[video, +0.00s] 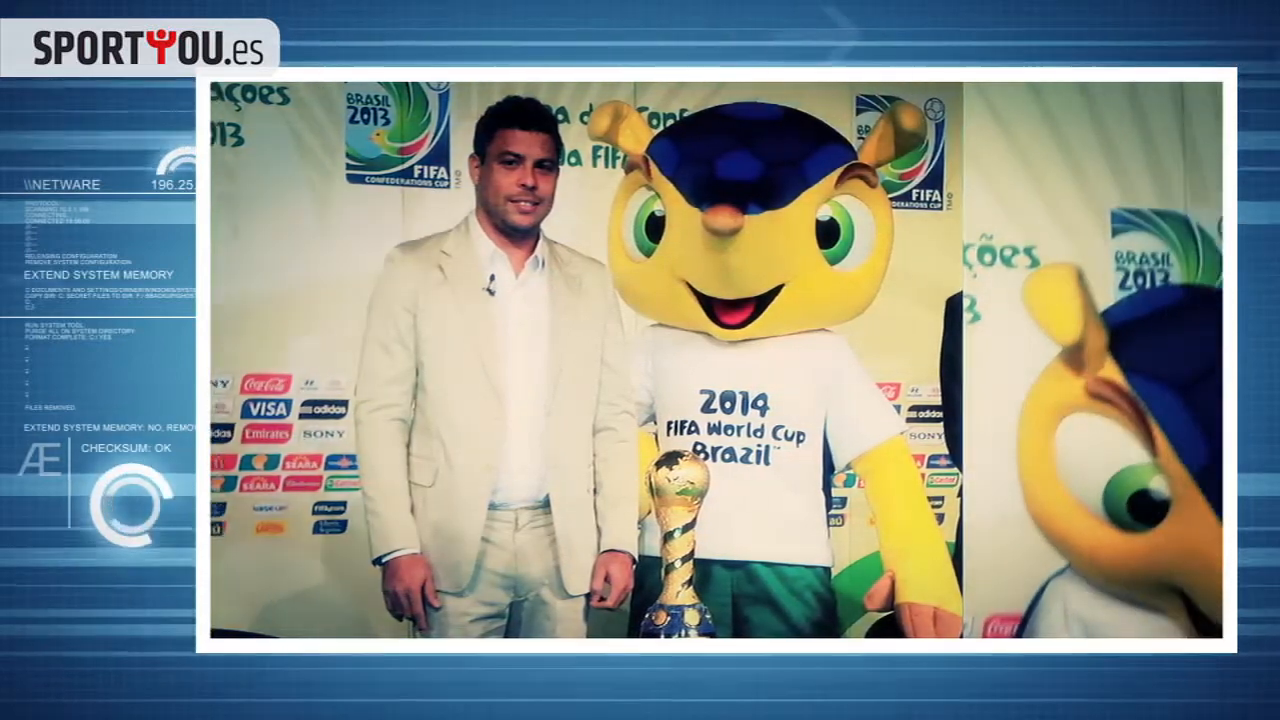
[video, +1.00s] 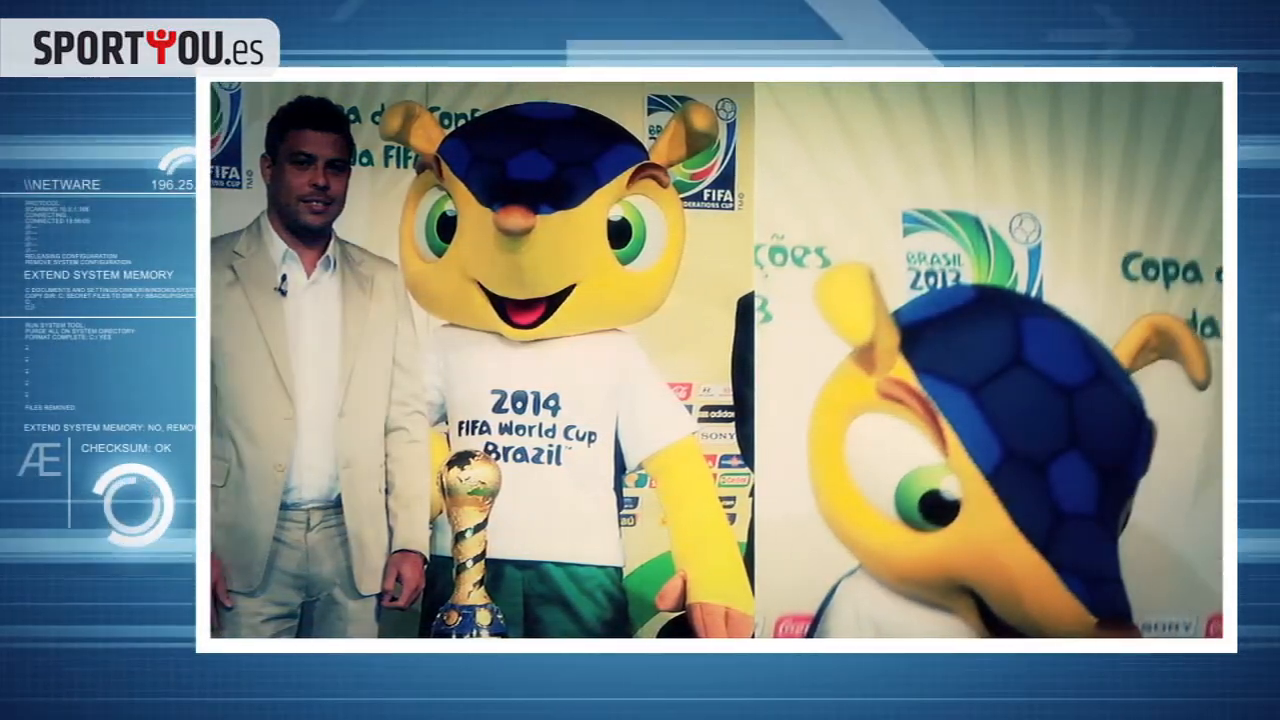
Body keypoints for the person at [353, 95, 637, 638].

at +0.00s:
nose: (529, 180)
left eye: (545, 166)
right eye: (511, 162)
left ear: (558, 178)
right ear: (476, 170)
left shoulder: (591, 282)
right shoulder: (413, 270)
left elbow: (615, 422)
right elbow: (380, 414)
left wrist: (617, 543)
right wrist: (397, 548)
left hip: (564, 542)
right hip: (457, 543)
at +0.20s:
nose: (488, 180)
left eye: (504, 166)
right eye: (469, 162)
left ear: (517, 178)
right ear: (434, 170)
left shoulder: (550, 282)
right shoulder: (371, 270)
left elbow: (573, 423)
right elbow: (338, 414)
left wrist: (576, 543)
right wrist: (356, 548)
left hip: (522, 543)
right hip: (415, 544)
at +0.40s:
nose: (446, 181)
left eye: (462, 166)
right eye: (428, 162)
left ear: (475, 178)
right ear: (393, 170)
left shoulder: (508, 282)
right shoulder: (329, 270)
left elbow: (531, 423)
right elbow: (297, 413)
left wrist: (534, 543)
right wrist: (314, 548)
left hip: (480, 543)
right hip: (374, 544)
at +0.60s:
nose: (405, 181)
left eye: (420, 166)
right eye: (386, 162)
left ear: (433, 178)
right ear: (351, 170)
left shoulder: (466, 282)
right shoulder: (288, 270)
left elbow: (490, 422)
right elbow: (255, 413)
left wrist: (492, 542)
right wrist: (273, 548)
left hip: (439, 544)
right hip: (332, 545)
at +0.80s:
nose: (362, 180)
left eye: (378, 166)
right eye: (345, 163)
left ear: (392, 178)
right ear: (310, 169)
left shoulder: (425, 283)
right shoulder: (243, 271)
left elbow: (448, 422)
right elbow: (218, 417)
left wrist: (452, 543)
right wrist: (232, 547)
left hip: (398, 542)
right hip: (291, 544)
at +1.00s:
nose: (321, 180)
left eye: (337, 166)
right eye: (302, 162)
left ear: (350, 178)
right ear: (267, 169)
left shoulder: (386, 284)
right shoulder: (205, 275)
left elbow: (406, 422)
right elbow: (179, 416)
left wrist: (409, 542)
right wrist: (195, 543)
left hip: (357, 542)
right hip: (248, 543)